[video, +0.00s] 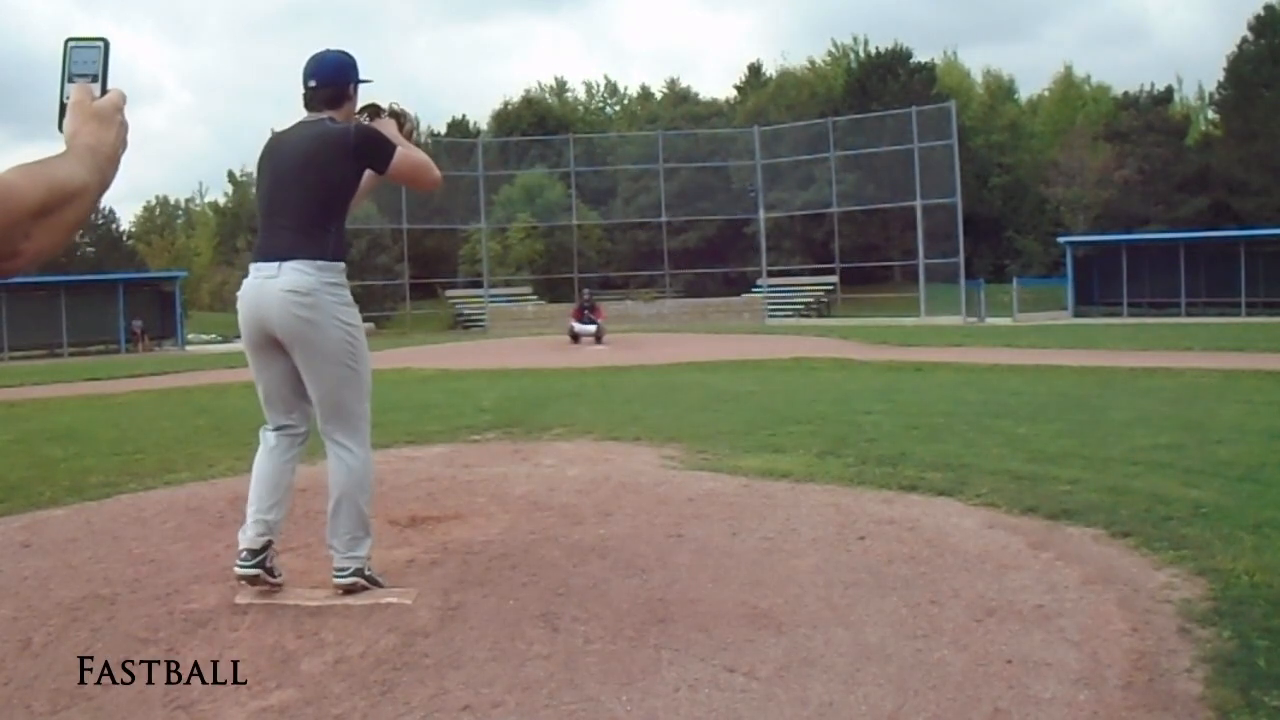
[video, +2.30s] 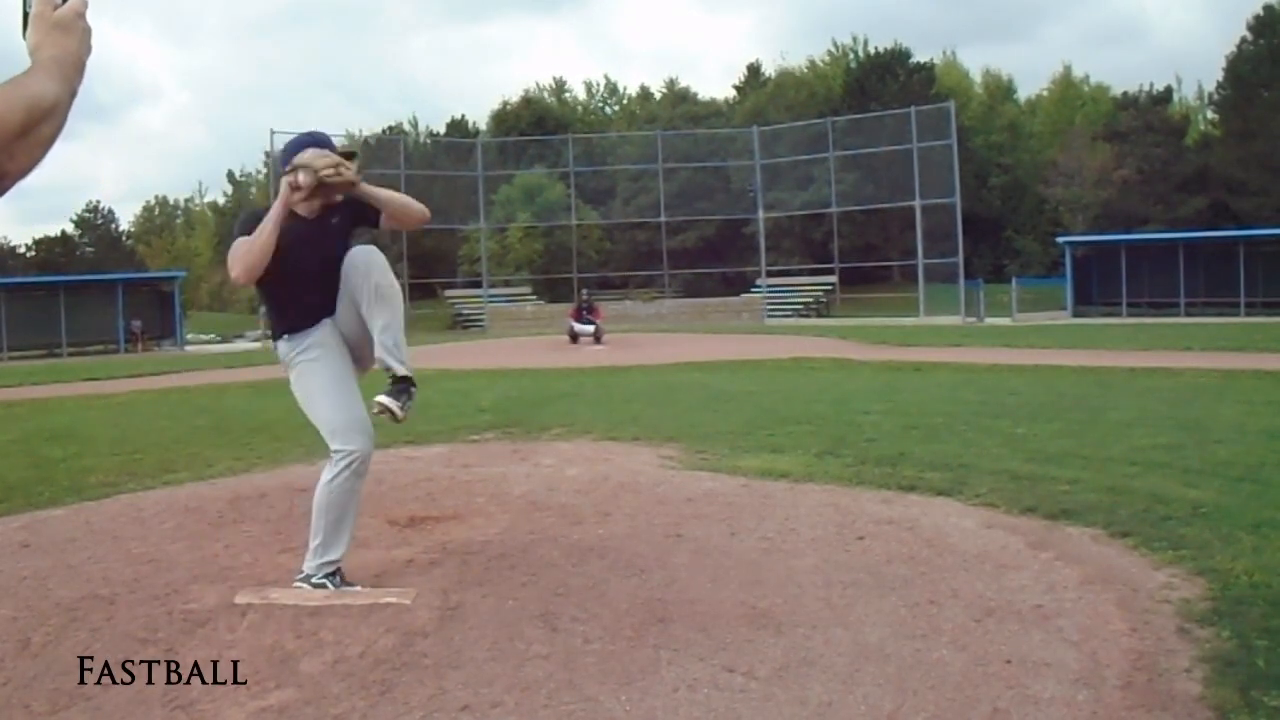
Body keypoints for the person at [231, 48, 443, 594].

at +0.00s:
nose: (356, 98)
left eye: (349, 90)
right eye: (357, 90)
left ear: (306, 94)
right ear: (352, 94)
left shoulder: (276, 143)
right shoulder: (354, 135)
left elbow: (335, 203)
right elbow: (429, 176)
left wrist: (370, 149)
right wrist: (392, 134)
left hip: (255, 292)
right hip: (314, 290)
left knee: (282, 426)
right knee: (347, 437)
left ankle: (253, 551)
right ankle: (350, 564)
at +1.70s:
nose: (317, 127)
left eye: (314, 118)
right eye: (314, 117)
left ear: (268, 122)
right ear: (301, 118)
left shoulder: (255, 176)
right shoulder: (277, 172)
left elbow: (335, 228)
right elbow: (362, 186)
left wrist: (376, 174)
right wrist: (368, 135)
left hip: (246, 331)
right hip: (282, 331)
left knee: (295, 434)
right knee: (341, 446)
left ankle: (243, 513)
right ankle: (314, 574)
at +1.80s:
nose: (318, 129)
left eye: (318, 120)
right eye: (316, 120)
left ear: (272, 121)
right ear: (303, 118)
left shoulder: (286, 176)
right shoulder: (265, 168)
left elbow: (353, 220)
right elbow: (339, 178)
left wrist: (385, 162)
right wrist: (366, 125)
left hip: (292, 324)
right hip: (277, 328)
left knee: (356, 399)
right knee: (340, 444)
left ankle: (282, 494)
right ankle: (313, 573)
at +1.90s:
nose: (322, 142)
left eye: (323, 133)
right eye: (319, 131)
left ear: (284, 125)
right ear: (301, 123)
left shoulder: (301, 179)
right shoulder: (246, 170)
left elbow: (366, 212)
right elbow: (312, 174)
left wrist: (380, 148)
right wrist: (349, 121)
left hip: (314, 320)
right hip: (277, 331)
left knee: (396, 371)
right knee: (341, 450)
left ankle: (349, 477)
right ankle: (312, 574)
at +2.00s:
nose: (319, 144)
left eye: (321, 137)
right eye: (314, 134)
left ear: (292, 138)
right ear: (294, 131)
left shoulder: (310, 182)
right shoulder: (236, 175)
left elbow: (377, 207)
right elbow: (281, 178)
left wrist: (367, 142)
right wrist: (326, 117)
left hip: (324, 316)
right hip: (277, 334)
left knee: (420, 329)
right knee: (344, 451)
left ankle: (420, 455)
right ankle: (312, 574)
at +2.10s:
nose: (331, 153)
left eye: (333, 142)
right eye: (322, 143)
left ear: (326, 148)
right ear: (292, 146)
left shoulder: (322, 189)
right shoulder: (240, 189)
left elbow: (385, 206)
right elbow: (263, 194)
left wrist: (357, 145)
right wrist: (302, 125)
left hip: (328, 313)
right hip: (285, 335)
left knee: (402, 284)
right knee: (348, 449)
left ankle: (445, 410)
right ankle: (314, 572)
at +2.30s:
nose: (310, 179)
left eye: (318, 170)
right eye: (303, 170)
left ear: (333, 175)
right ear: (289, 173)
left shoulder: (344, 209)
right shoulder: (259, 222)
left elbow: (419, 216)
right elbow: (241, 272)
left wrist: (357, 186)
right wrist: (281, 207)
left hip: (355, 330)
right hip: (308, 349)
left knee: (365, 257)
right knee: (353, 448)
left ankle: (399, 378)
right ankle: (320, 570)